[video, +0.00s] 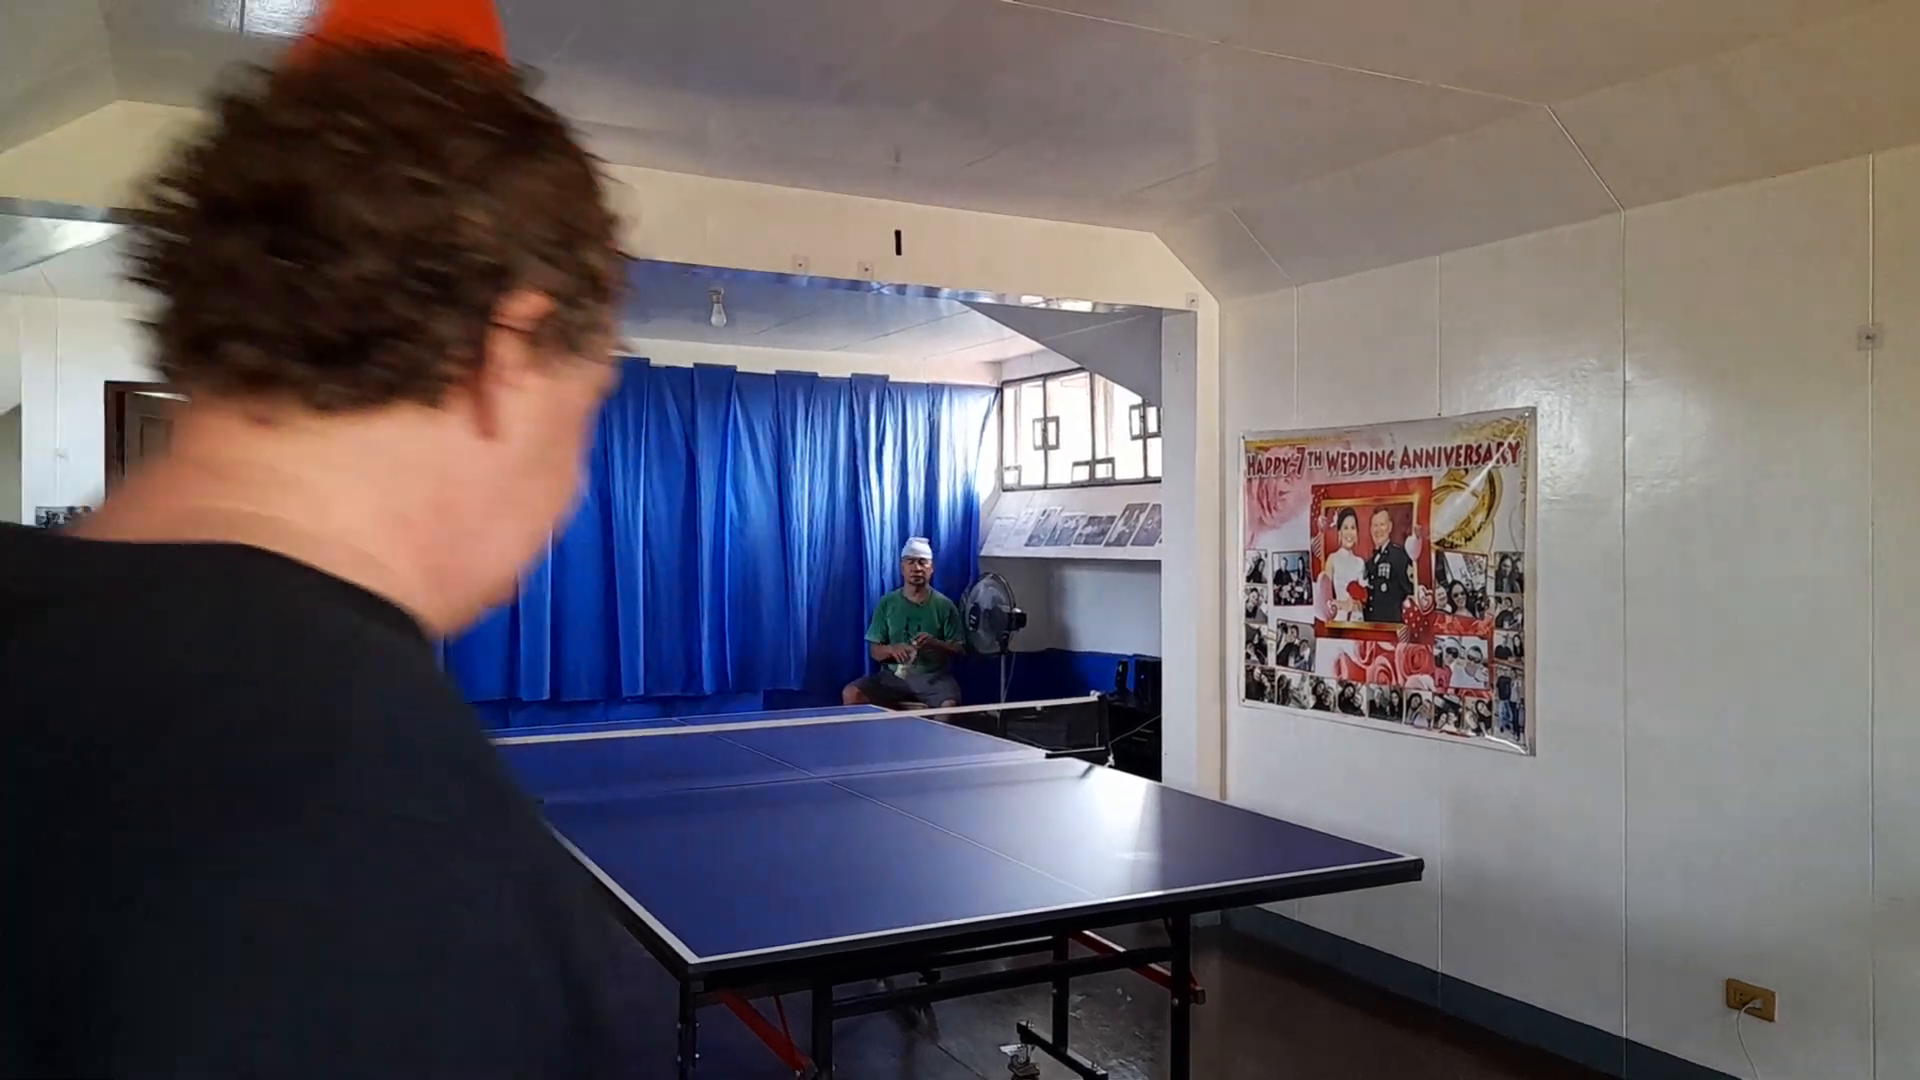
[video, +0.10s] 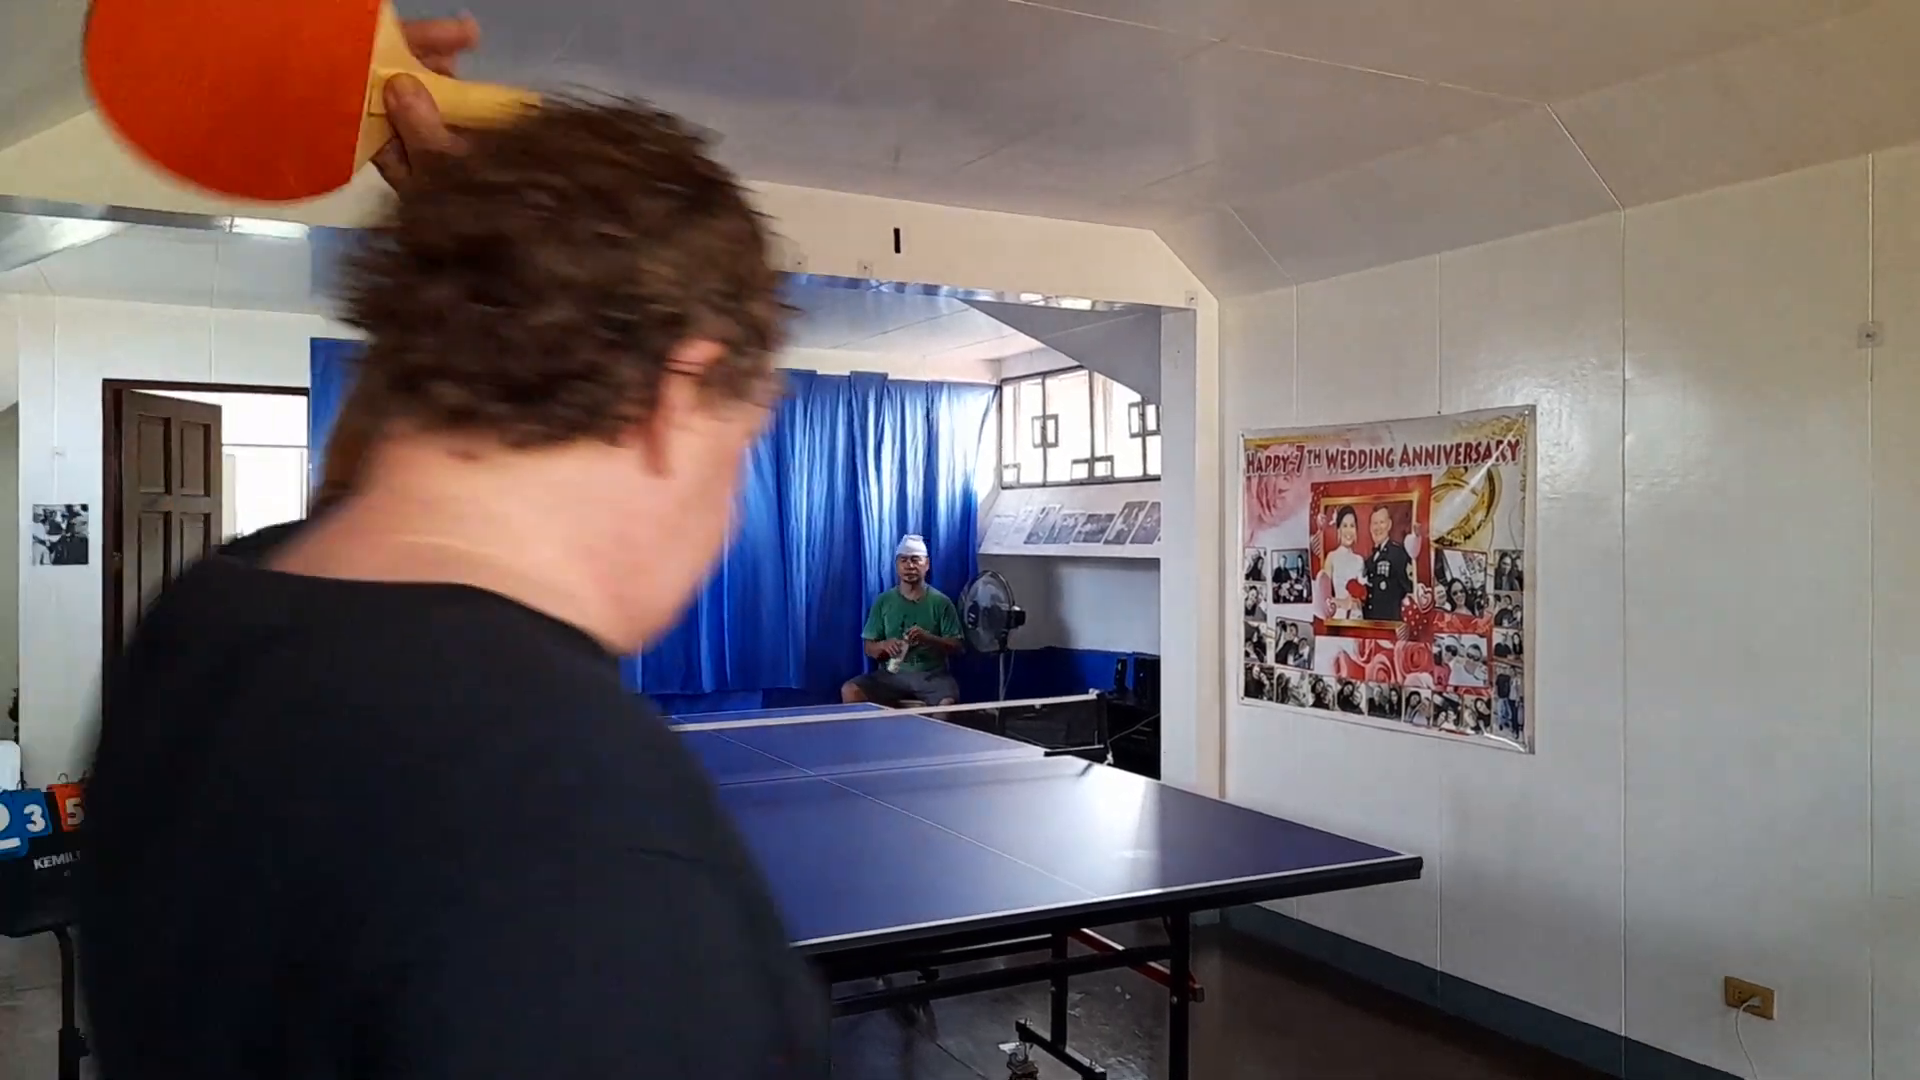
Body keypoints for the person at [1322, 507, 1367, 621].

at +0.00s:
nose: (1349, 533)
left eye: (1353, 528)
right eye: (1345, 528)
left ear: (1357, 532)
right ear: (1339, 533)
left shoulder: (1360, 562)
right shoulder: (1332, 559)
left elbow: (1364, 588)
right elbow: (1326, 598)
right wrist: (1344, 605)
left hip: (1358, 616)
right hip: (1339, 615)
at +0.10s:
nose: (1349, 531)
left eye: (1352, 526)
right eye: (1345, 526)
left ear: (1356, 530)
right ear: (1339, 531)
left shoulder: (1359, 560)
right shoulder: (1332, 557)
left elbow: (1363, 585)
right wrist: (1343, 603)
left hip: (1357, 614)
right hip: (1337, 614)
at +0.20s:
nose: (1348, 531)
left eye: (1351, 526)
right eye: (1344, 526)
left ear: (1355, 530)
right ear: (1338, 530)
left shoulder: (1358, 559)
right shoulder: (1330, 557)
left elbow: (1361, 586)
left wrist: (1355, 600)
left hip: (1355, 614)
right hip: (1336, 613)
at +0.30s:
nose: (1349, 533)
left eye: (1353, 529)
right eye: (1345, 528)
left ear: (1357, 533)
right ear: (1339, 533)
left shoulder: (1360, 562)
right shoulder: (1333, 559)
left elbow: (1363, 585)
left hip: (1357, 615)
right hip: (1338, 614)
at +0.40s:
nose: (1348, 531)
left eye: (1352, 526)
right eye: (1345, 525)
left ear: (1356, 530)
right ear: (1339, 530)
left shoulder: (1359, 559)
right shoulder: (1332, 556)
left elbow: (1362, 583)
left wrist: (1359, 598)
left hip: (1357, 612)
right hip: (1338, 611)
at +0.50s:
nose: (1348, 530)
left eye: (1351, 525)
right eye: (1344, 525)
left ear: (1355, 529)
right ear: (1338, 529)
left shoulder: (1359, 558)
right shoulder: (1331, 556)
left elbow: (1362, 584)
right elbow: (1323, 593)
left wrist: (1357, 600)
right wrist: (1341, 602)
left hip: (1356, 613)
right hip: (1338, 613)